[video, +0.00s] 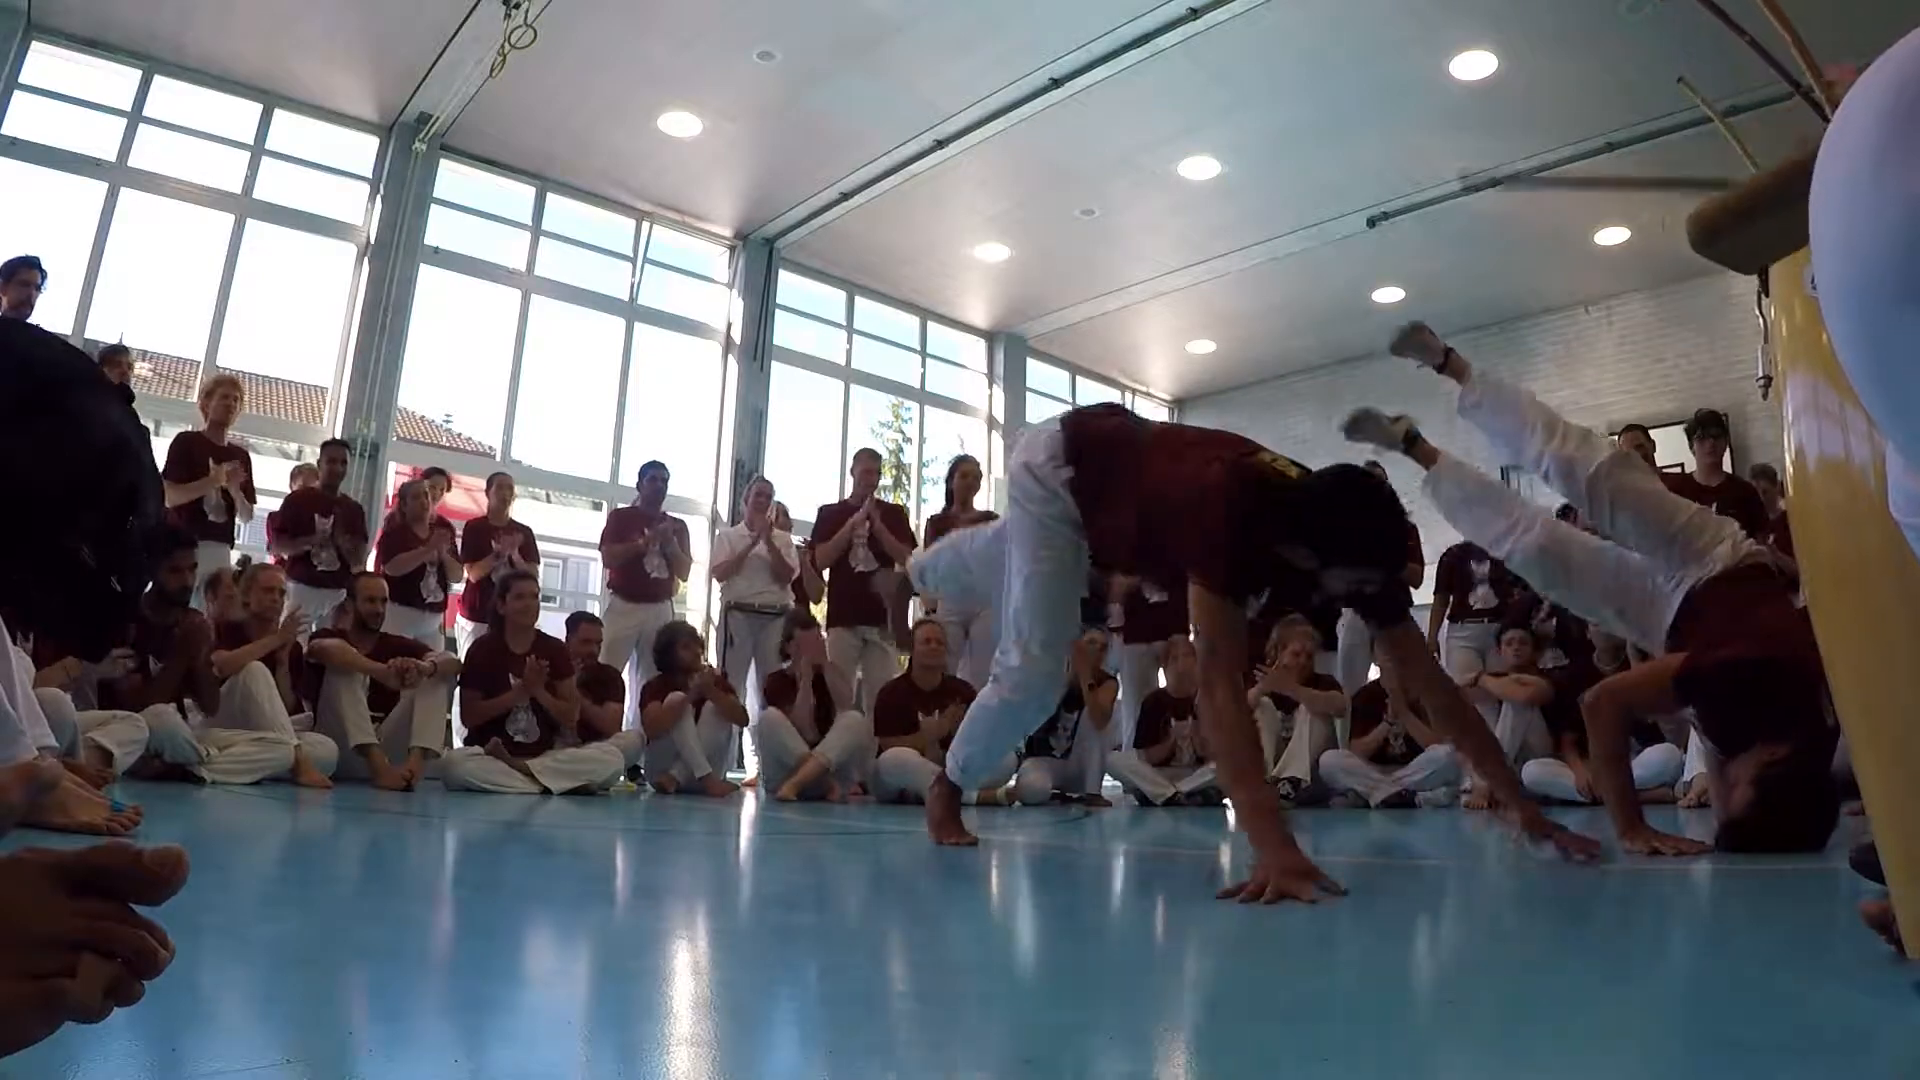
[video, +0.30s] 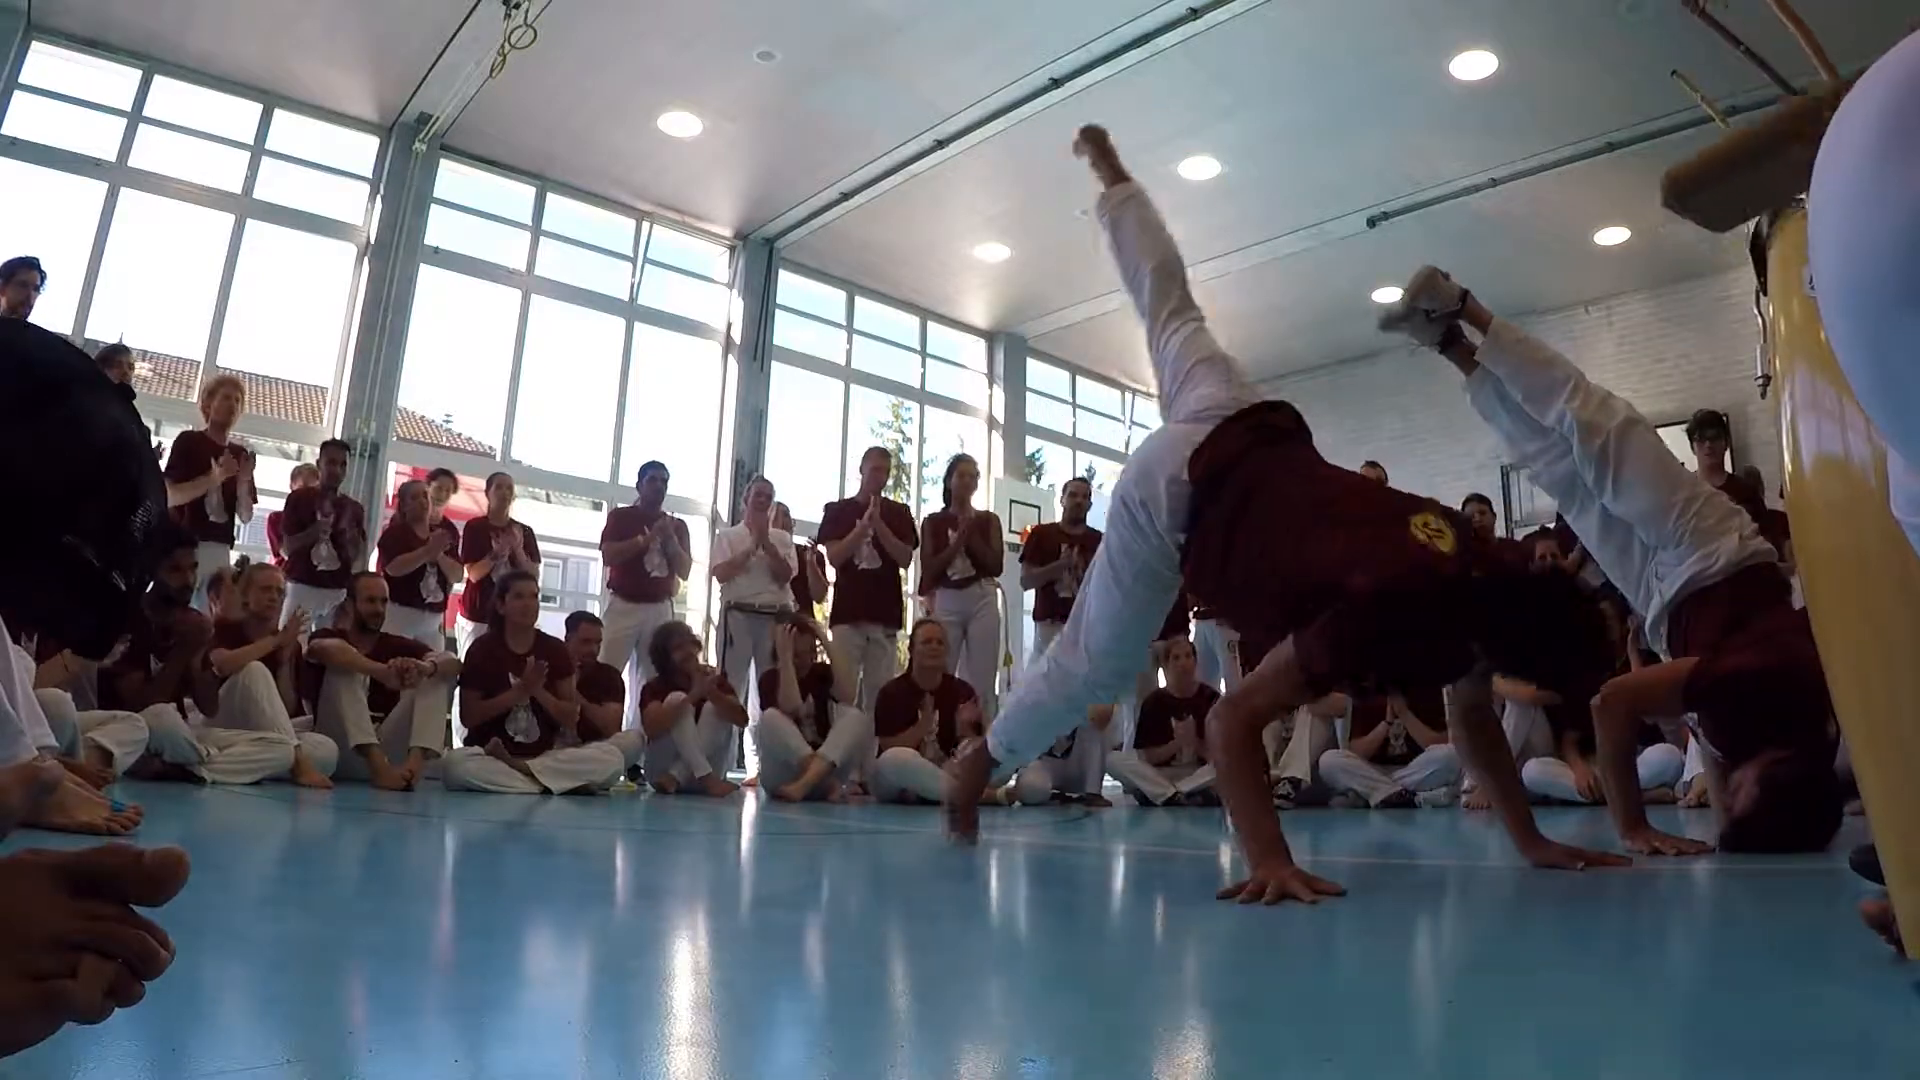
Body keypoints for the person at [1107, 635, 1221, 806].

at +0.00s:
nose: (1181, 665)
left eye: (1187, 656)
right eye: (1174, 658)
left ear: (1197, 661)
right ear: (1164, 664)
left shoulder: (1208, 700)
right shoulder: (1154, 701)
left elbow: (1213, 752)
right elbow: (1145, 757)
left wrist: (1196, 736)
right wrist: (1170, 743)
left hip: (1199, 770)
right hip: (1161, 772)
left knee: (1222, 768)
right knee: (1114, 759)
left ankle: (1162, 796)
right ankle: (1174, 796)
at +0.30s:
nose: (1183, 663)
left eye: (1188, 657)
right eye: (1176, 658)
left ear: (1196, 662)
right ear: (1165, 665)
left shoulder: (1212, 698)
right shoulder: (1153, 701)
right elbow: (1149, 757)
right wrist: (1177, 744)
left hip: (1201, 768)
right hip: (1161, 770)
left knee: (1224, 766)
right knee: (1114, 759)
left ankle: (1164, 795)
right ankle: (1172, 796)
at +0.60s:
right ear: (1170, 679)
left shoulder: (1213, 701)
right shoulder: (1154, 703)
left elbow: (1212, 757)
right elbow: (1145, 756)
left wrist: (1196, 740)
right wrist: (1175, 744)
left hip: (1200, 772)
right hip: (1159, 773)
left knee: (1234, 762)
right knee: (1115, 760)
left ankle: (1165, 795)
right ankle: (1174, 797)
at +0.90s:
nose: (1183, 662)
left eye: (1188, 656)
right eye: (1177, 658)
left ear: (1196, 660)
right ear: (1168, 666)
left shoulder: (1213, 698)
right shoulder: (1154, 701)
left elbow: (1212, 756)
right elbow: (1151, 758)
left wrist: (1196, 739)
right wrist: (1177, 741)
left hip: (1201, 771)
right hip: (1161, 773)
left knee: (1234, 762)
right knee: (1114, 760)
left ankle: (1167, 795)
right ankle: (1174, 796)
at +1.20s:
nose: (1184, 662)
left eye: (1189, 656)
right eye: (1177, 659)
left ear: (1197, 661)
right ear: (1168, 666)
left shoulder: (1213, 698)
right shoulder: (1155, 701)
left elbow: (1212, 756)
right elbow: (1148, 757)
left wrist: (1200, 744)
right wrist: (1175, 742)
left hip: (1200, 771)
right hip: (1161, 773)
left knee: (1233, 764)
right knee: (1114, 760)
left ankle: (1164, 796)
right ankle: (1173, 796)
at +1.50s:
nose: (1184, 662)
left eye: (1189, 656)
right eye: (1177, 659)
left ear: (1198, 661)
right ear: (1168, 666)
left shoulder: (1213, 698)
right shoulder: (1155, 701)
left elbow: (1213, 756)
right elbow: (1148, 757)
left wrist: (1198, 740)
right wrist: (1176, 743)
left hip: (1201, 772)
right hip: (1161, 774)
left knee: (1233, 764)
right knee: (1113, 760)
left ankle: (1169, 795)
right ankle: (1172, 797)